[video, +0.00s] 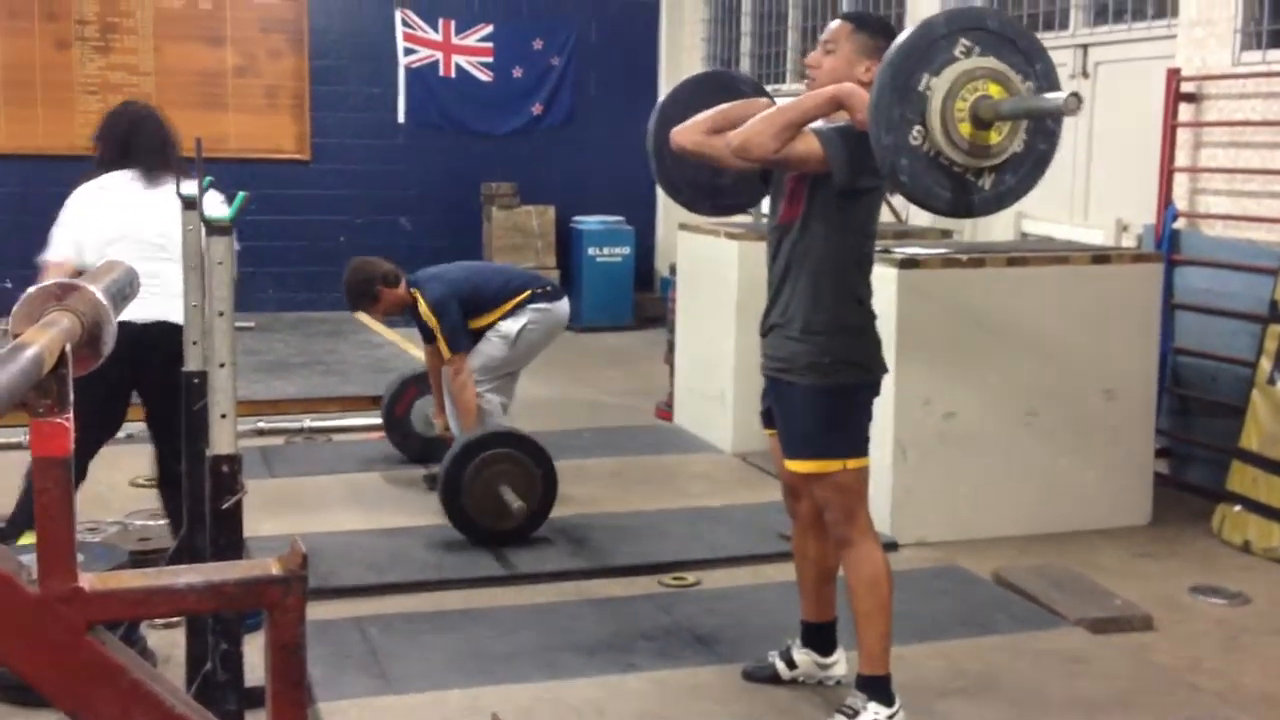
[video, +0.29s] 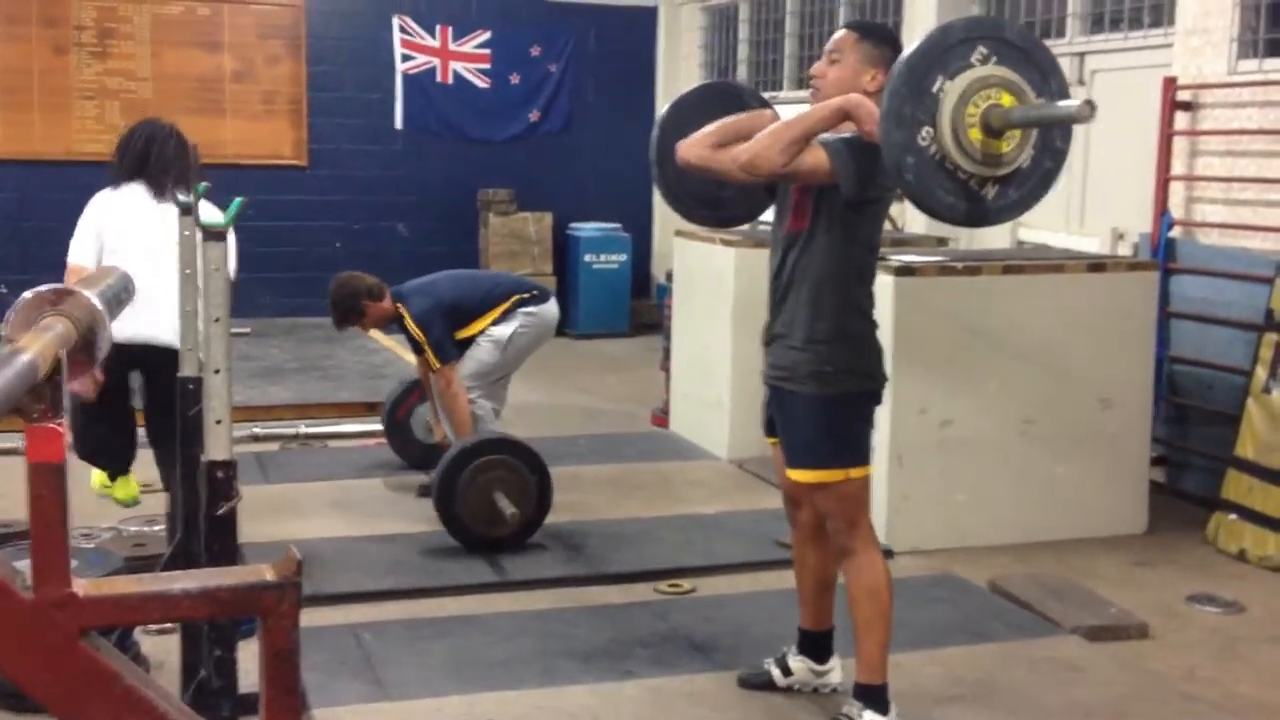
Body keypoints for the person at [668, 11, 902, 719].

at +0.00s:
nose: (809, 59)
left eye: (827, 48)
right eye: (816, 47)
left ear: (865, 70)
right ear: (839, 68)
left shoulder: (854, 142)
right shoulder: (799, 142)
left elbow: (752, 145)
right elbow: (686, 136)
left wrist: (839, 93)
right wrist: (778, 104)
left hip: (833, 361)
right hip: (788, 358)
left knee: (848, 524)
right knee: (805, 509)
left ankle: (877, 696)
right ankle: (817, 653)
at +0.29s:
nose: (813, 70)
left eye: (830, 59)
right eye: (819, 59)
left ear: (871, 80)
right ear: (845, 81)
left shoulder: (862, 150)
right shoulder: (809, 151)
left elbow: (757, 160)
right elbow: (694, 150)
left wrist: (839, 106)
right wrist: (796, 115)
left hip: (834, 370)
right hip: (789, 366)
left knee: (850, 530)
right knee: (805, 517)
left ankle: (873, 700)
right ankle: (813, 658)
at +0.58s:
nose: (813, 78)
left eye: (829, 67)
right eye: (818, 67)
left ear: (872, 87)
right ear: (844, 89)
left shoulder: (866, 157)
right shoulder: (811, 157)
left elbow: (764, 182)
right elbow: (693, 170)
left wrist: (840, 117)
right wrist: (773, 128)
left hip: (841, 379)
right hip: (796, 375)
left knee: (852, 539)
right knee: (806, 523)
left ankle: (870, 705)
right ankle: (812, 664)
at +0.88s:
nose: (801, 88)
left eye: (816, 75)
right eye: (805, 75)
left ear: (859, 85)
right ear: (847, 88)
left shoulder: (864, 158)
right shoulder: (811, 164)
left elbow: (785, 239)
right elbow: (702, 225)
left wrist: (823, 147)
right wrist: (737, 153)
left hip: (856, 379)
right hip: (808, 375)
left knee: (853, 541)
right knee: (806, 522)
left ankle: (870, 707)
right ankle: (810, 667)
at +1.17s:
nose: (772, 129)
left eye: (778, 113)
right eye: (768, 115)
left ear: (824, 103)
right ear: (803, 109)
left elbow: (947, 232)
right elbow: (825, 249)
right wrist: (758, 244)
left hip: (879, 390)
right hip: (818, 382)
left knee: (852, 545)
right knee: (782, 514)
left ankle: (870, 708)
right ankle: (802, 667)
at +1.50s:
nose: (683, 229)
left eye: (695, 212)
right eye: (680, 214)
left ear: (733, 206)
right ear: (683, 215)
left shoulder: (790, 277)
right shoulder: (728, 275)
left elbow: (834, 404)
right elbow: (735, 370)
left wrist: (842, 525)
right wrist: (734, 466)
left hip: (907, 393)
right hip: (845, 387)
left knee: (866, 546)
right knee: (796, 513)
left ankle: (874, 696)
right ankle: (798, 671)